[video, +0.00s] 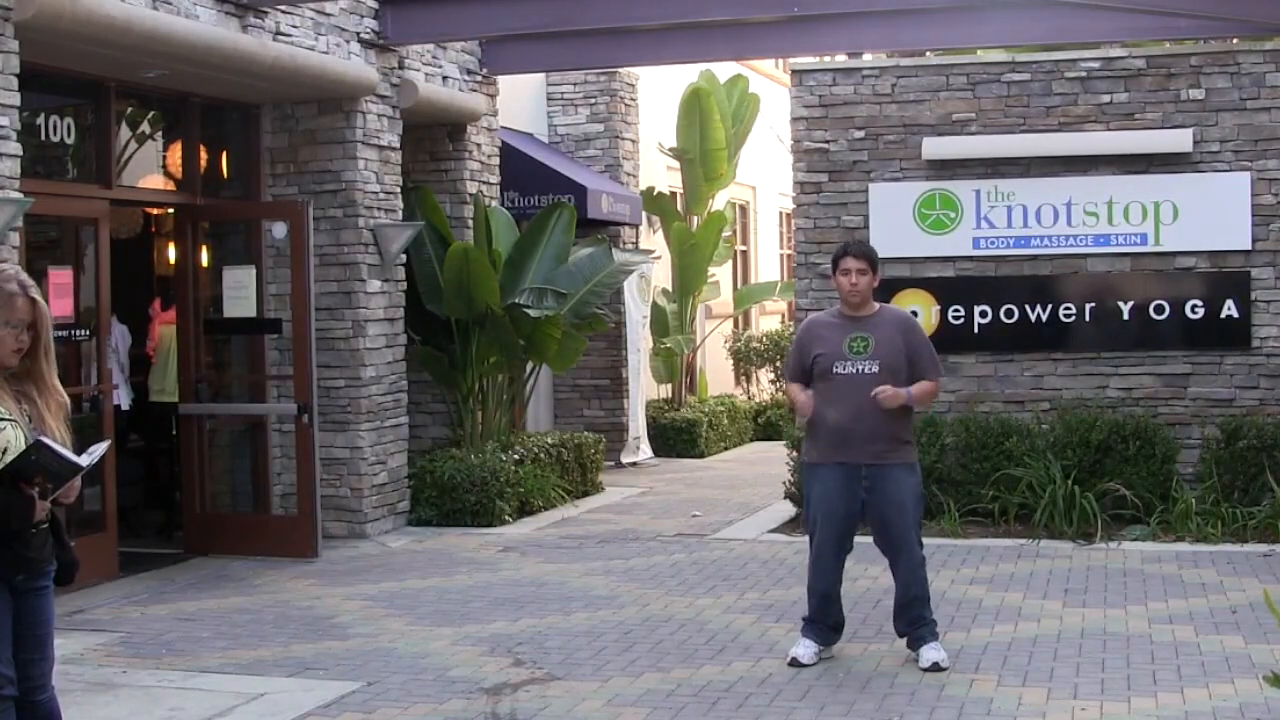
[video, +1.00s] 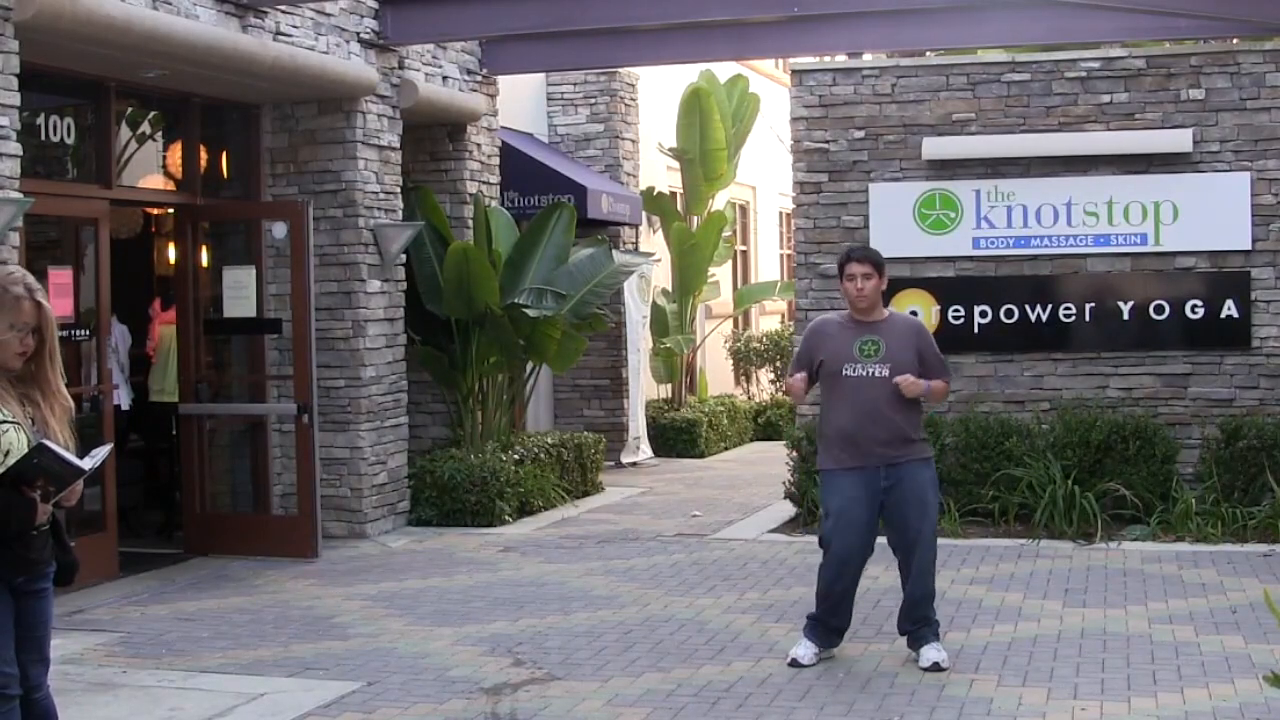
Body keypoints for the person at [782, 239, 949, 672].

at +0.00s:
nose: (853, 280)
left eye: (861, 273)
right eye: (845, 273)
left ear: (875, 278)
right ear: (834, 279)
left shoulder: (902, 323)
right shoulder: (812, 329)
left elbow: (931, 384)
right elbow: (793, 380)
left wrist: (904, 395)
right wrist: (800, 397)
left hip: (893, 461)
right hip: (828, 461)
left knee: (906, 549)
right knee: (824, 549)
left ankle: (923, 636)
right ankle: (817, 634)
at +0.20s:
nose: (853, 283)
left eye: (862, 275)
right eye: (845, 275)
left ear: (876, 281)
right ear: (835, 281)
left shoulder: (900, 328)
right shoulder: (812, 330)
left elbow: (932, 387)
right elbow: (792, 389)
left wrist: (905, 403)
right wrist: (807, 397)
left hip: (893, 462)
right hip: (828, 463)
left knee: (907, 548)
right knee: (823, 548)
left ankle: (923, 636)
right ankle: (819, 634)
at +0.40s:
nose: (855, 280)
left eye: (864, 272)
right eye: (847, 272)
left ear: (879, 278)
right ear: (837, 279)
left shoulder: (904, 327)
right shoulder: (813, 326)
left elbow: (930, 392)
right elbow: (789, 375)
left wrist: (902, 381)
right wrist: (798, 393)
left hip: (897, 460)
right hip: (831, 461)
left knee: (910, 551)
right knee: (826, 550)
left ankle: (923, 636)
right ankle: (818, 634)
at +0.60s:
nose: (853, 286)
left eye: (862, 278)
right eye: (846, 279)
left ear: (878, 283)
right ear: (837, 285)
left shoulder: (906, 330)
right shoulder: (818, 332)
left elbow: (937, 392)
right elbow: (790, 396)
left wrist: (908, 404)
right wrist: (806, 378)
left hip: (898, 463)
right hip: (832, 464)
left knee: (910, 548)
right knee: (828, 552)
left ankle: (922, 637)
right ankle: (819, 634)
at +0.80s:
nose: (857, 282)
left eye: (865, 274)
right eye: (849, 275)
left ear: (881, 278)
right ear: (840, 282)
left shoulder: (910, 326)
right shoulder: (820, 331)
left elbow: (936, 390)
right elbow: (795, 383)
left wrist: (912, 383)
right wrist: (807, 398)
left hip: (900, 461)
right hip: (835, 462)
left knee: (911, 550)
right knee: (828, 551)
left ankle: (923, 637)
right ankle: (819, 634)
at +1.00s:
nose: (859, 286)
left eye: (866, 278)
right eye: (850, 279)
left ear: (882, 282)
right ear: (841, 285)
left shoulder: (912, 329)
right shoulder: (821, 332)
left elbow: (941, 386)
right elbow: (799, 385)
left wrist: (921, 387)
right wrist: (796, 387)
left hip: (908, 459)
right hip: (844, 464)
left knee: (920, 548)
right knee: (842, 551)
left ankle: (925, 636)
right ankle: (820, 635)